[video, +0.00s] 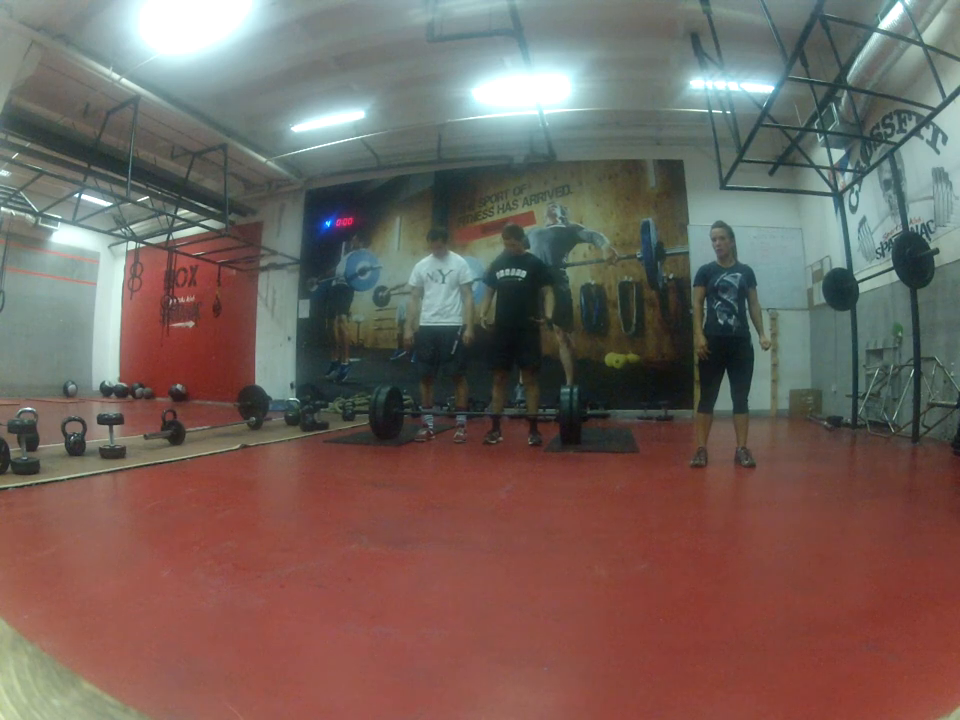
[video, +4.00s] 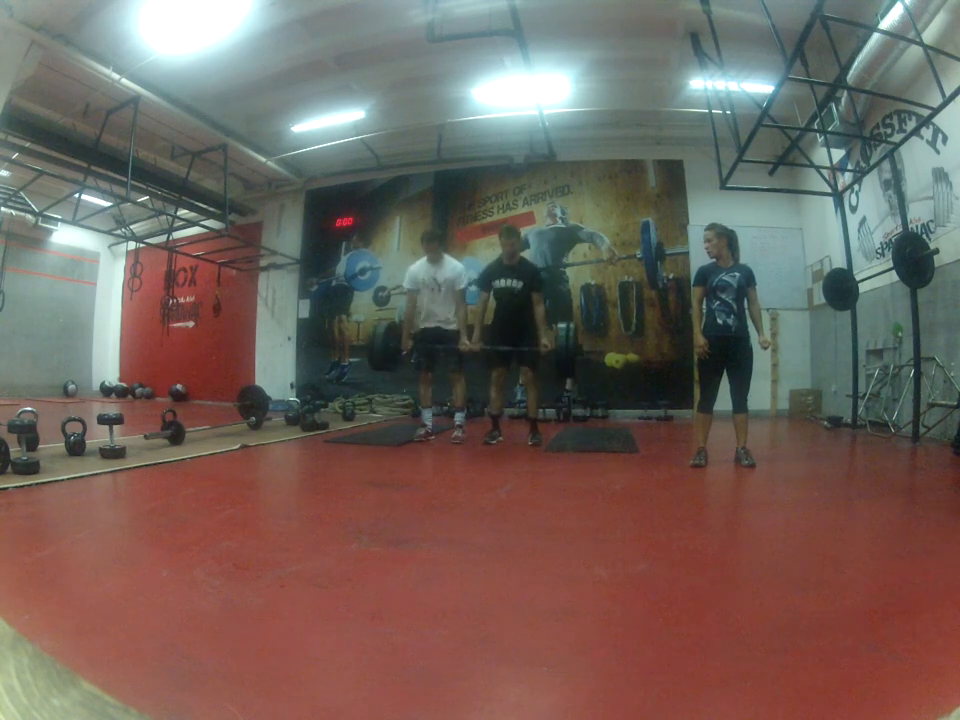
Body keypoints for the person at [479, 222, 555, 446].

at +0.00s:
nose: (506, 246)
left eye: (510, 242)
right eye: (505, 242)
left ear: (520, 240)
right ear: (503, 241)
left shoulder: (535, 263)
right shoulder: (498, 262)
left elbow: (548, 291)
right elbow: (489, 292)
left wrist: (548, 316)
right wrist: (483, 314)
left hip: (528, 327)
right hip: (503, 327)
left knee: (530, 378)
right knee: (499, 377)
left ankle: (533, 429)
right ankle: (495, 428)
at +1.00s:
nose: (505, 250)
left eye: (508, 246)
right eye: (501, 247)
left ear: (514, 243)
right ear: (495, 246)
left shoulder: (528, 264)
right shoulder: (489, 267)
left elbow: (541, 292)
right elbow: (482, 299)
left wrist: (540, 321)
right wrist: (481, 327)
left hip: (525, 329)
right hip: (499, 329)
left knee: (528, 378)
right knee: (499, 378)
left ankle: (533, 428)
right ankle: (495, 428)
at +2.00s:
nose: (507, 263)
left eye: (510, 259)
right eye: (503, 259)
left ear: (517, 254)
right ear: (497, 256)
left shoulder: (530, 272)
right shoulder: (492, 272)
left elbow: (542, 304)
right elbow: (482, 306)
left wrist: (542, 337)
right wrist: (482, 341)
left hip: (527, 333)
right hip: (502, 334)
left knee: (530, 378)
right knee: (500, 379)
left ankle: (533, 429)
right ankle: (495, 428)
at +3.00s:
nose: (506, 300)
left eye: (508, 296)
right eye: (502, 296)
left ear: (515, 291)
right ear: (496, 292)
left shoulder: (530, 299)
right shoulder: (489, 300)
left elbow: (540, 330)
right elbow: (480, 332)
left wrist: (541, 367)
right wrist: (480, 369)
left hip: (526, 341)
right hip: (501, 341)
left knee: (530, 378)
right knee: (498, 378)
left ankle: (534, 429)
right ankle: (495, 428)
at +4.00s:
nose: (510, 249)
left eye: (513, 245)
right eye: (506, 245)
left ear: (520, 244)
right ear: (500, 244)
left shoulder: (531, 270)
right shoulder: (491, 271)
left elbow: (538, 304)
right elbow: (482, 305)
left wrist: (543, 335)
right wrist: (477, 336)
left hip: (526, 332)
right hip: (500, 331)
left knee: (529, 377)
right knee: (497, 377)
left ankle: (534, 428)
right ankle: (495, 428)